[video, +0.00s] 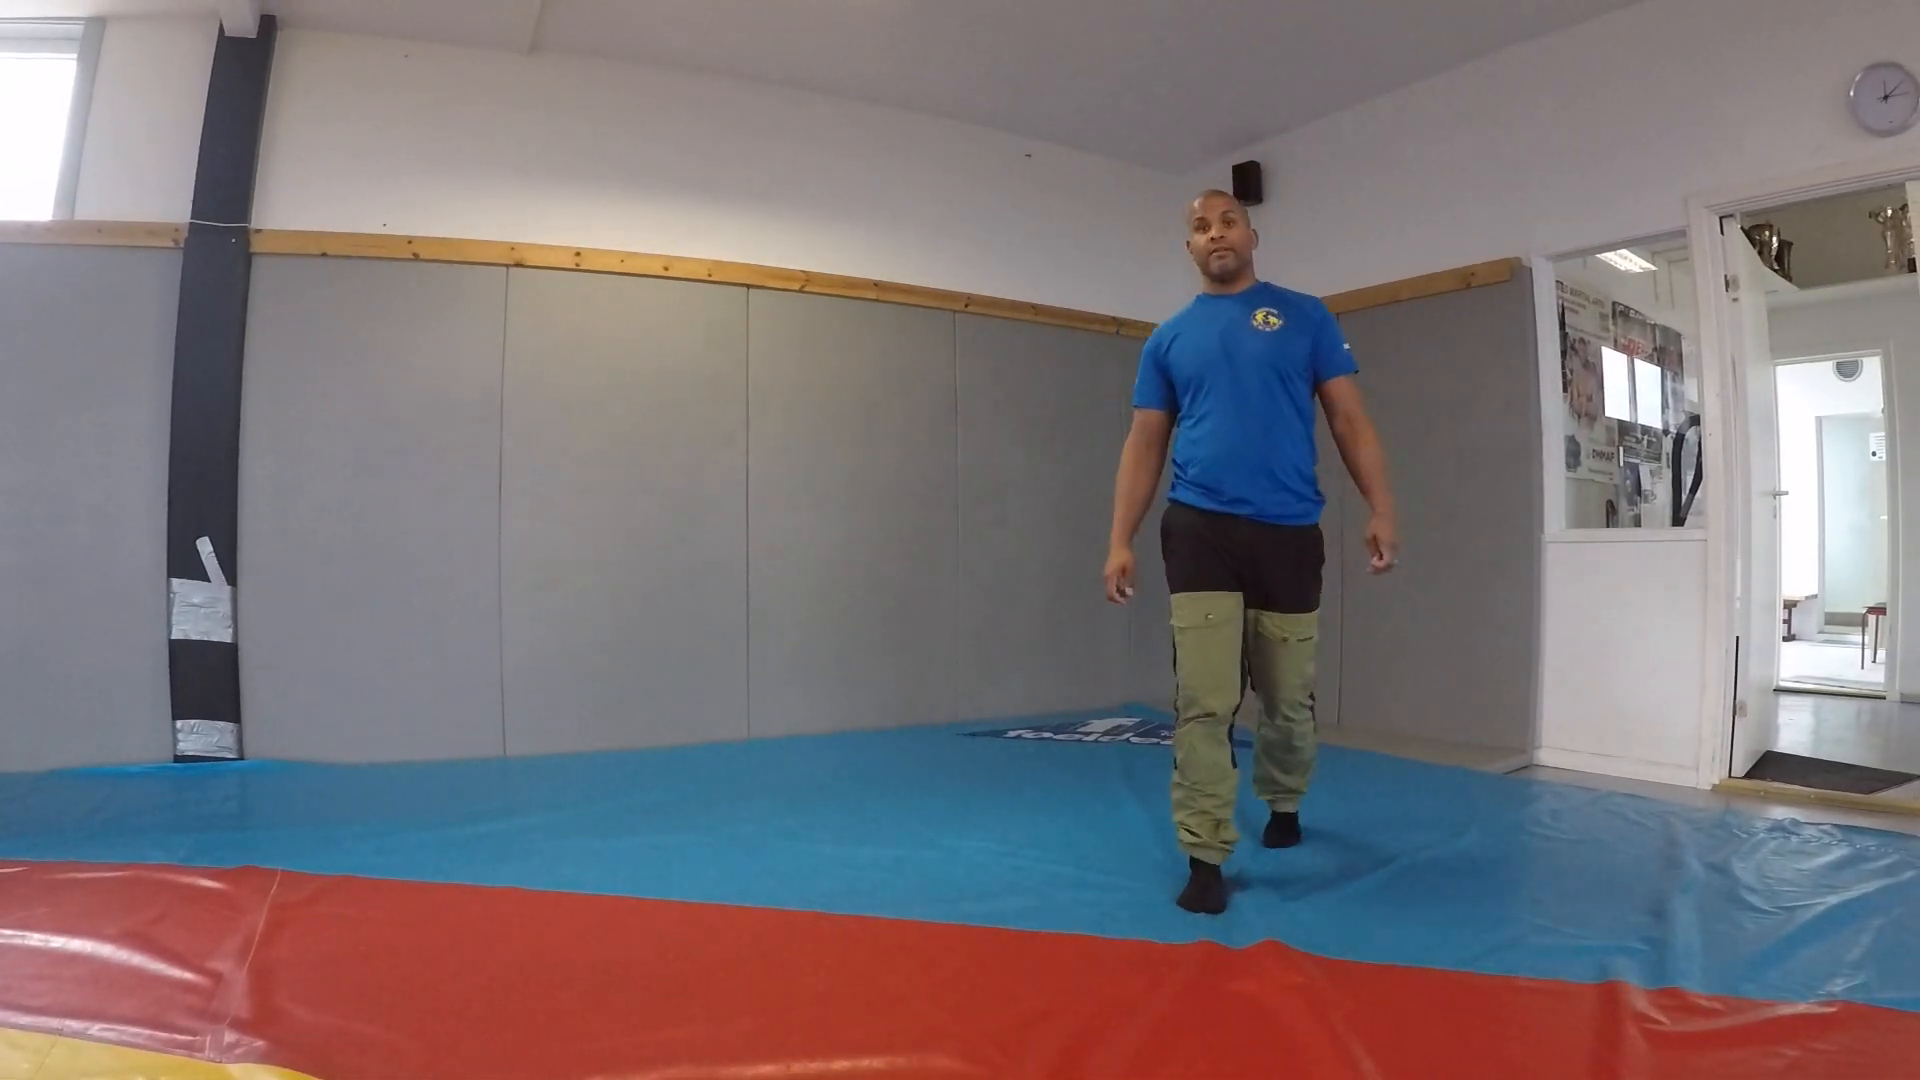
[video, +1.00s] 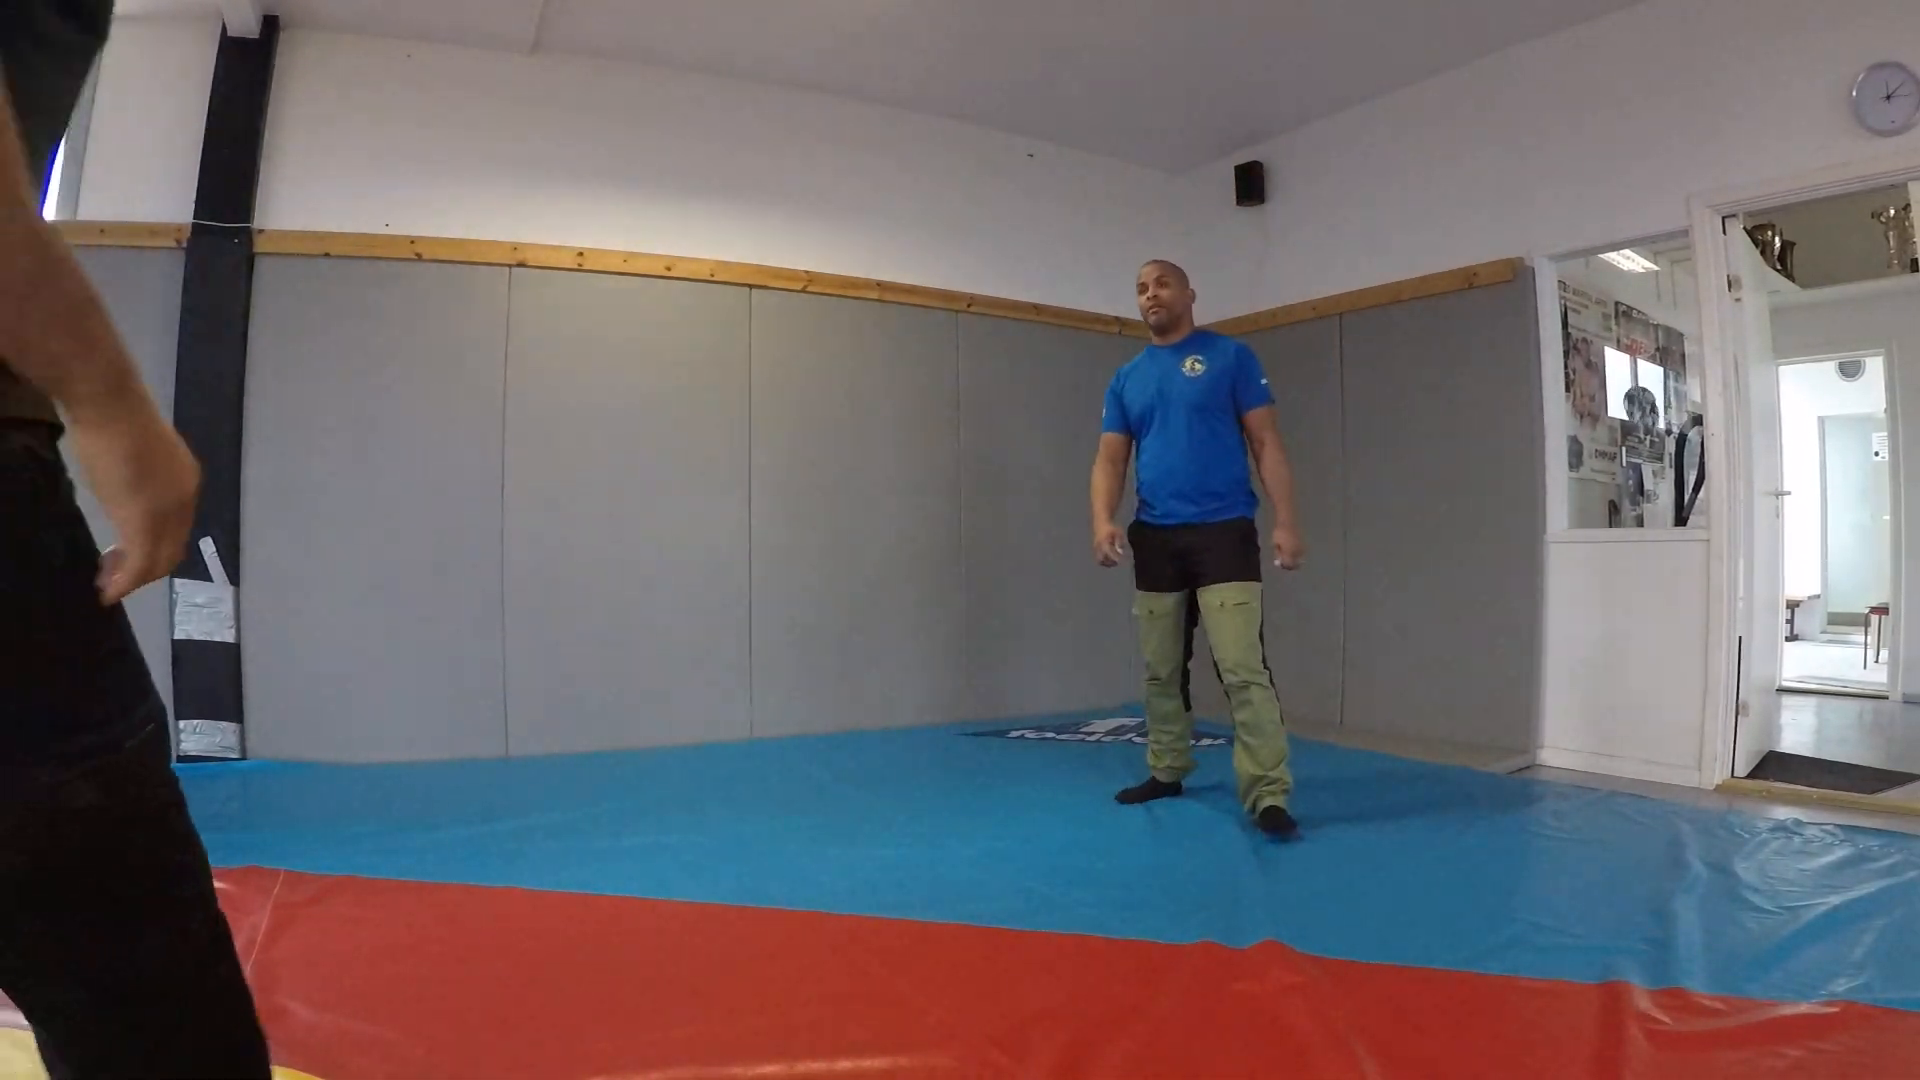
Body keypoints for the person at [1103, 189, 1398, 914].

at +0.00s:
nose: (1217, 235)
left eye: (1228, 222)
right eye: (1203, 228)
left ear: (1253, 236)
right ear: (1189, 250)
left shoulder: (1305, 317)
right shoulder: (1168, 339)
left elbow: (1348, 416)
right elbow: (1145, 445)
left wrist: (1380, 507)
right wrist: (1120, 541)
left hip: (1288, 530)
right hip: (1200, 529)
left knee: (1288, 696)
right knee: (1205, 699)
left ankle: (1284, 799)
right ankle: (1204, 856)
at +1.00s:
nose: (1150, 294)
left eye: (1161, 284)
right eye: (1143, 288)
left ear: (1189, 295)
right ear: (1138, 304)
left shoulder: (1231, 358)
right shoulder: (1126, 379)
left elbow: (1265, 442)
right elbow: (1110, 458)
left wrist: (1285, 523)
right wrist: (1102, 521)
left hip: (1225, 533)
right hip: (1155, 537)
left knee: (1241, 667)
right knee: (1160, 666)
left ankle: (1268, 795)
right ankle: (1166, 772)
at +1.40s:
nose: (1127, 306)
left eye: (1137, 294)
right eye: (1121, 300)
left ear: (1167, 301)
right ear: (1119, 314)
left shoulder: (1201, 355)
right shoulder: (1120, 384)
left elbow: (1237, 431)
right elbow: (1109, 470)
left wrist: (1180, 478)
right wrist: (1088, 542)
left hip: (1201, 529)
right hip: (1140, 535)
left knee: (1218, 664)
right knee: (1154, 666)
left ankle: (1252, 786)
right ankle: (1167, 773)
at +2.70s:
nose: (1132, 326)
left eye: (1143, 312)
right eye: (1128, 318)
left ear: (1181, 315)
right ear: (1135, 329)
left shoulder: (1206, 370)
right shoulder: (1167, 383)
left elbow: (1190, 457)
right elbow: (1171, 471)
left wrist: (1122, 405)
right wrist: (1118, 456)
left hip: (1233, 545)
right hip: (1185, 544)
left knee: (1199, 677)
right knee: (1148, 671)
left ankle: (1264, 815)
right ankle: (1170, 773)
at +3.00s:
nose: (1169, 329)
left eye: (1179, 316)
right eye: (1166, 319)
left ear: (1220, 317)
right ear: (1174, 325)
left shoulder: (1259, 387)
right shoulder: (1181, 376)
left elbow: (1246, 480)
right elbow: (1116, 410)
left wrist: (1179, 412)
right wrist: (1068, 355)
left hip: (1267, 546)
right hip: (1213, 544)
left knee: (1217, 671)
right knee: (1172, 663)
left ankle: (1265, 818)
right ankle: (1215, 754)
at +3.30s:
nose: (1184, 327)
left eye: (1194, 316)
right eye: (1179, 319)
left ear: (1231, 321)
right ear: (1181, 329)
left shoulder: (1271, 378)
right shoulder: (1175, 387)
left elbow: (1264, 442)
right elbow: (1138, 465)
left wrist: (1216, 368)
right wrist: (1100, 424)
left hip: (1264, 540)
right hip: (1211, 546)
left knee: (1229, 664)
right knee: (1225, 664)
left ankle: (1268, 815)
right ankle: (1255, 758)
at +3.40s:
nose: (1173, 334)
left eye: (1184, 322)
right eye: (1168, 327)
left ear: (1221, 326)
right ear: (1170, 337)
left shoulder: (1257, 374)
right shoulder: (1174, 400)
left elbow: (1231, 409)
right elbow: (1164, 484)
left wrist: (1166, 344)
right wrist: (1139, 476)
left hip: (1264, 544)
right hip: (1214, 550)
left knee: (1224, 668)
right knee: (1225, 670)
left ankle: (1267, 813)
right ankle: (1258, 759)